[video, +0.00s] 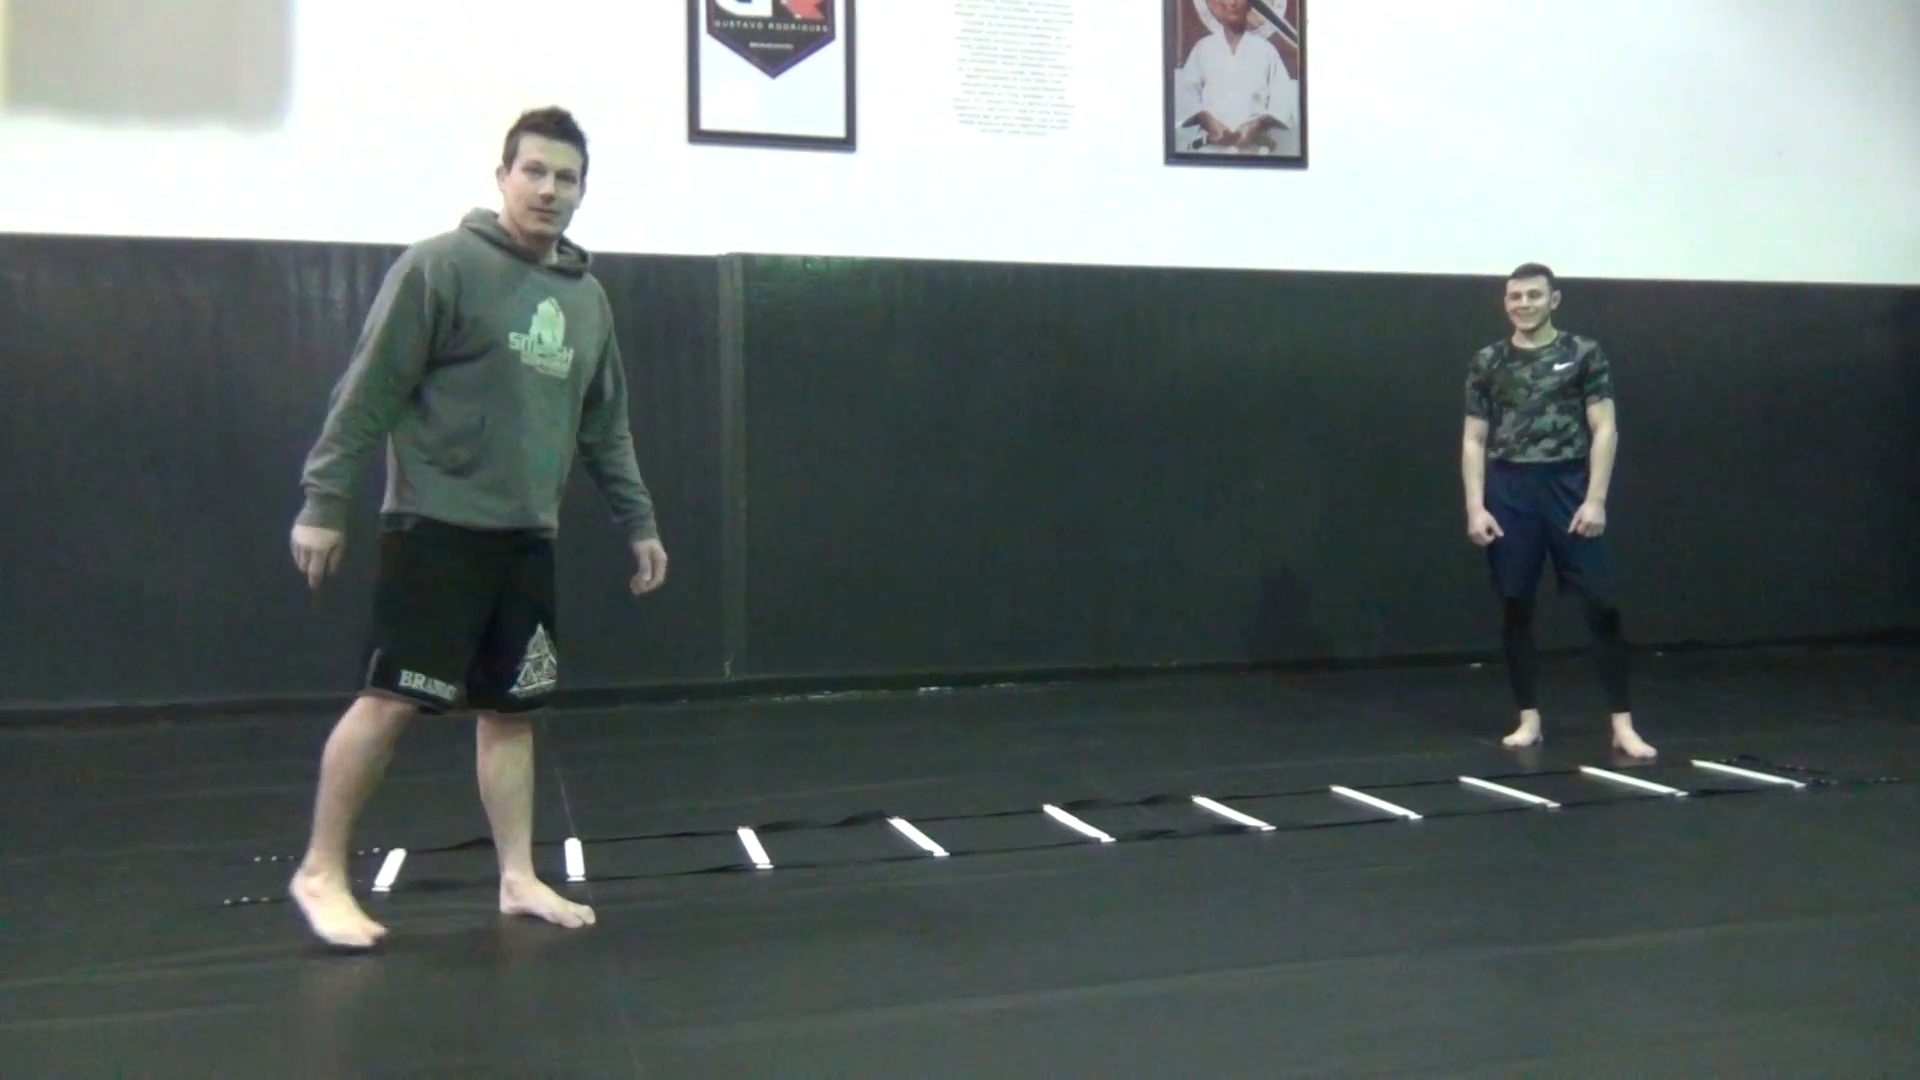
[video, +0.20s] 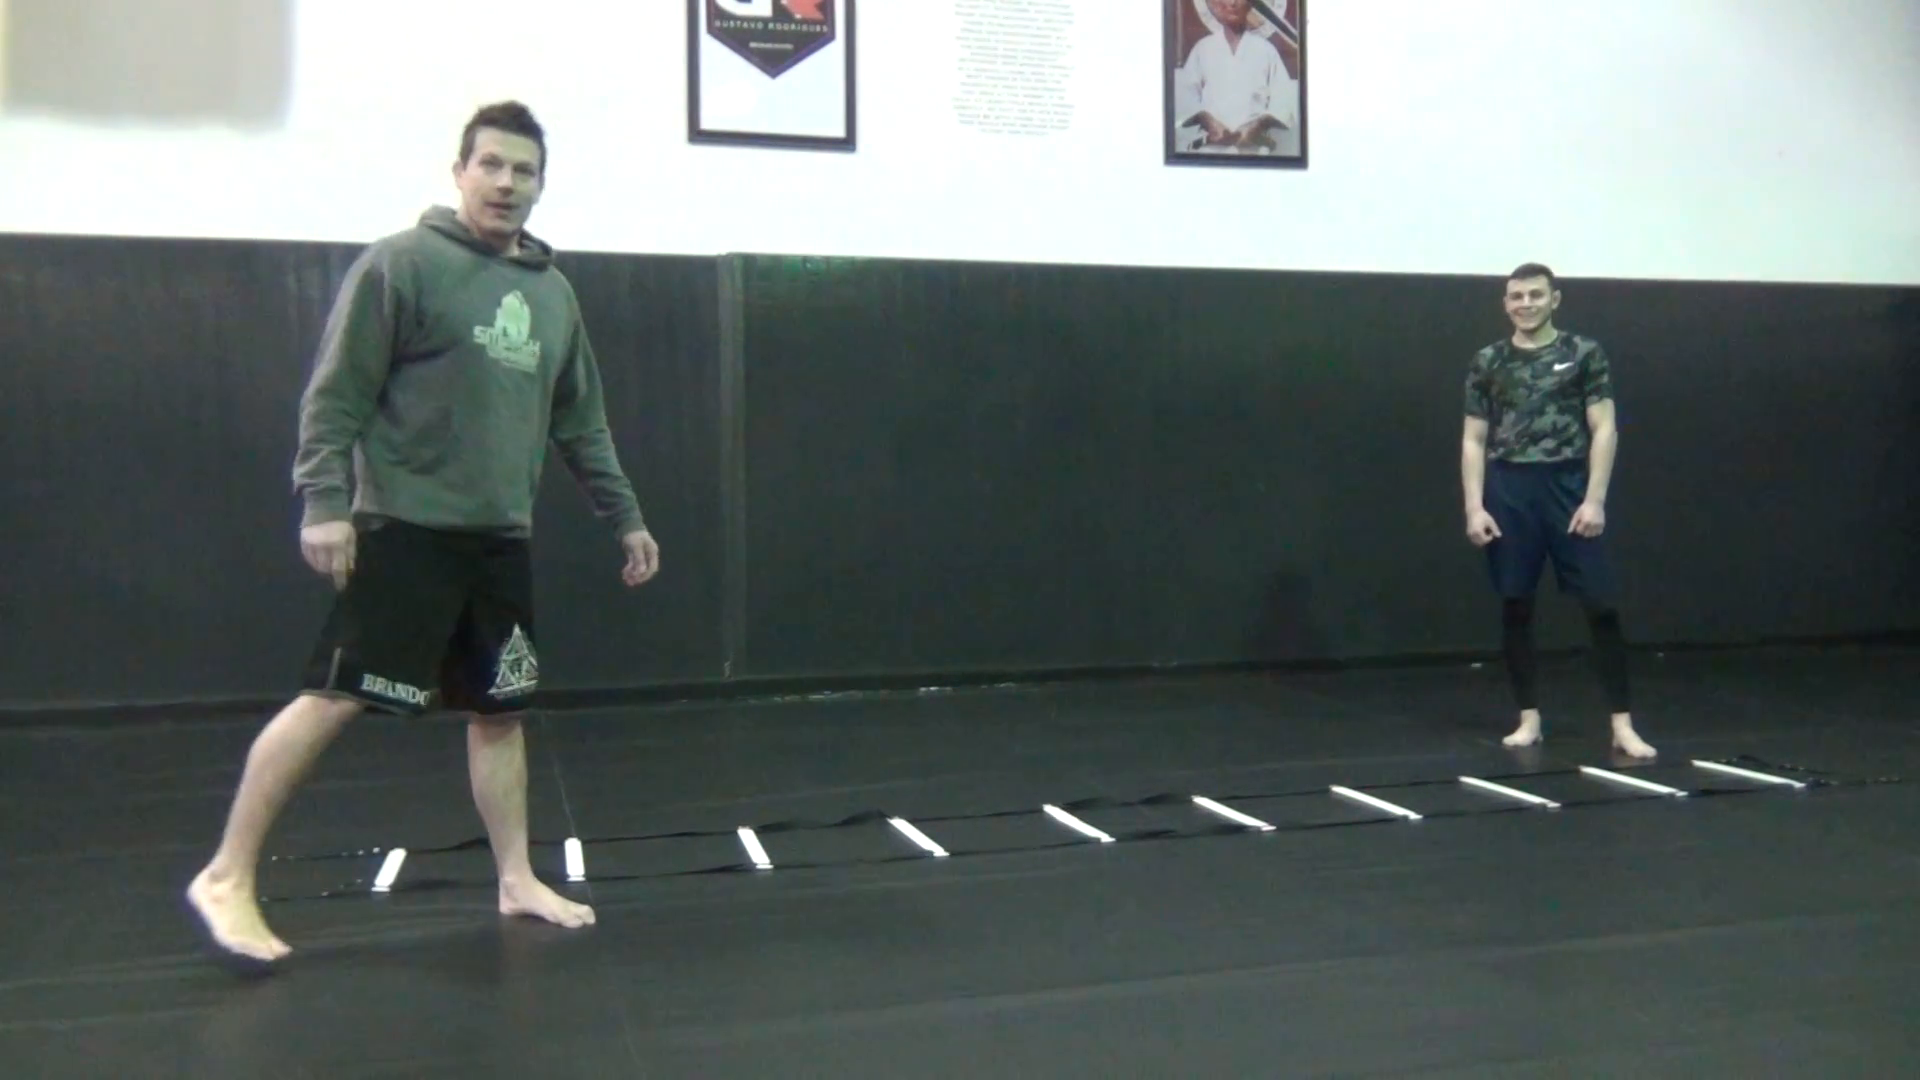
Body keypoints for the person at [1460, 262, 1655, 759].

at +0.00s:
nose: (1523, 304)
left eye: (1533, 296)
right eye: (1515, 297)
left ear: (1554, 300)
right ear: (1505, 303)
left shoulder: (1584, 353)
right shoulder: (1487, 362)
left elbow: (1604, 428)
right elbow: (1474, 440)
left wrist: (1596, 498)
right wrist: (1475, 507)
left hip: (1570, 490)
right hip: (1509, 492)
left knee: (1602, 602)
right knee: (1515, 606)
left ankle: (1621, 723)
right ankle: (1528, 718)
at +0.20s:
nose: (1525, 304)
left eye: (1535, 295)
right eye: (1516, 297)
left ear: (1554, 300)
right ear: (1505, 303)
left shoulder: (1585, 353)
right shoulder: (1487, 362)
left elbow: (1604, 428)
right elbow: (1474, 440)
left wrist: (1595, 499)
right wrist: (1474, 507)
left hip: (1570, 490)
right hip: (1509, 491)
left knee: (1602, 604)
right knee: (1516, 605)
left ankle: (1621, 724)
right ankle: (1528, 718)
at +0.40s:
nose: (1526, 304)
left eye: (1536, 295)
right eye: (1517, 296)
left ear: (1555, 300)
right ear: (1506, 303)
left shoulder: (1585, 353)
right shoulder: (1488, 362)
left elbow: (1604, 428)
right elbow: (1474, 439)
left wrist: (1595, 499)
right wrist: (1474, 506)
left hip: (1570, 490)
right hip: (1509, 491)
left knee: (1602, 602)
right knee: (1516, 604)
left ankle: (1621, 723)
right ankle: (1528, 718)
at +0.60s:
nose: (1526, 304)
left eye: (1536, 295)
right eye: (1517, 296)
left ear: (1555, 300)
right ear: (1506, 303)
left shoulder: (1585, 354)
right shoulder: (1488, 362)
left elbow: (1604, 429)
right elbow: (1474, 440)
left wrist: (1595, 499)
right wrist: (1475, 506)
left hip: (1570, 490)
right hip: (1509, 492)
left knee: (1601, 603)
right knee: (1515, 606)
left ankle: (1621, 723)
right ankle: (1528, 717)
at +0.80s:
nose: (1525, 304)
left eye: (1536, 296)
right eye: (1517, 297)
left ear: (1556, 300)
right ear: (1506, 303)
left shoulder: (1585, 353)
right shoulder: (1488, 362)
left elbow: (1604, 429)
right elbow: (1474, 439)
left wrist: (1595, 499)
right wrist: (1474, 506)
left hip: (1570, 490)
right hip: (1509, 491)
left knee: (1601, 603)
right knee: (1515, 605)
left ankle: (1621, 724)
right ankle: (1528, 718)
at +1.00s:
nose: (1521, 304)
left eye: (1532, 295)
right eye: (1514, 296)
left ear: (1555, 300)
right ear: (1506, 303)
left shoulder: (1586, 354)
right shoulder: (1488, 361)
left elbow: (1605, 428)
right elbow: (1474, 438)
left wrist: (1595, 499)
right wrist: (1474, 506)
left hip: (1571, 490)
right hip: (1509, 491)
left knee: (1601, 603)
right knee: (1516, 605)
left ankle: (1621, 722)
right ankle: (1528, 716)